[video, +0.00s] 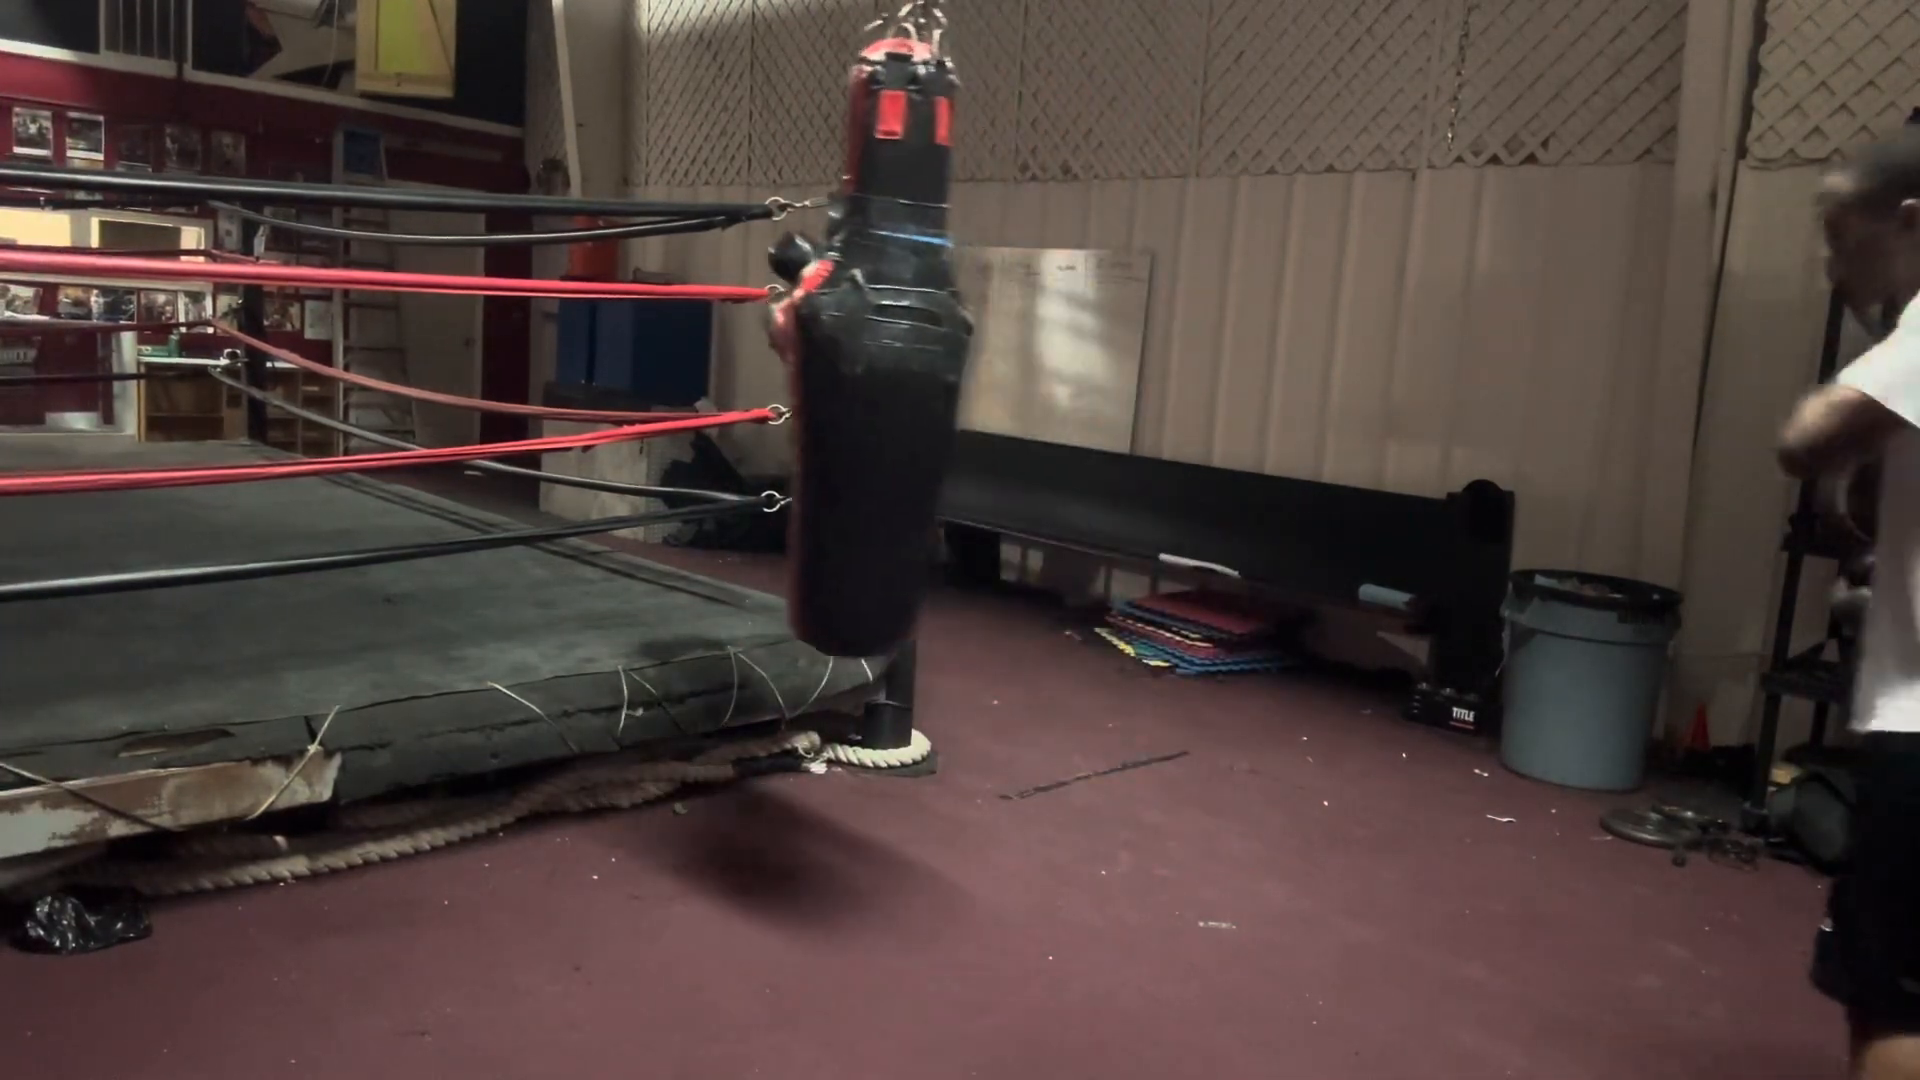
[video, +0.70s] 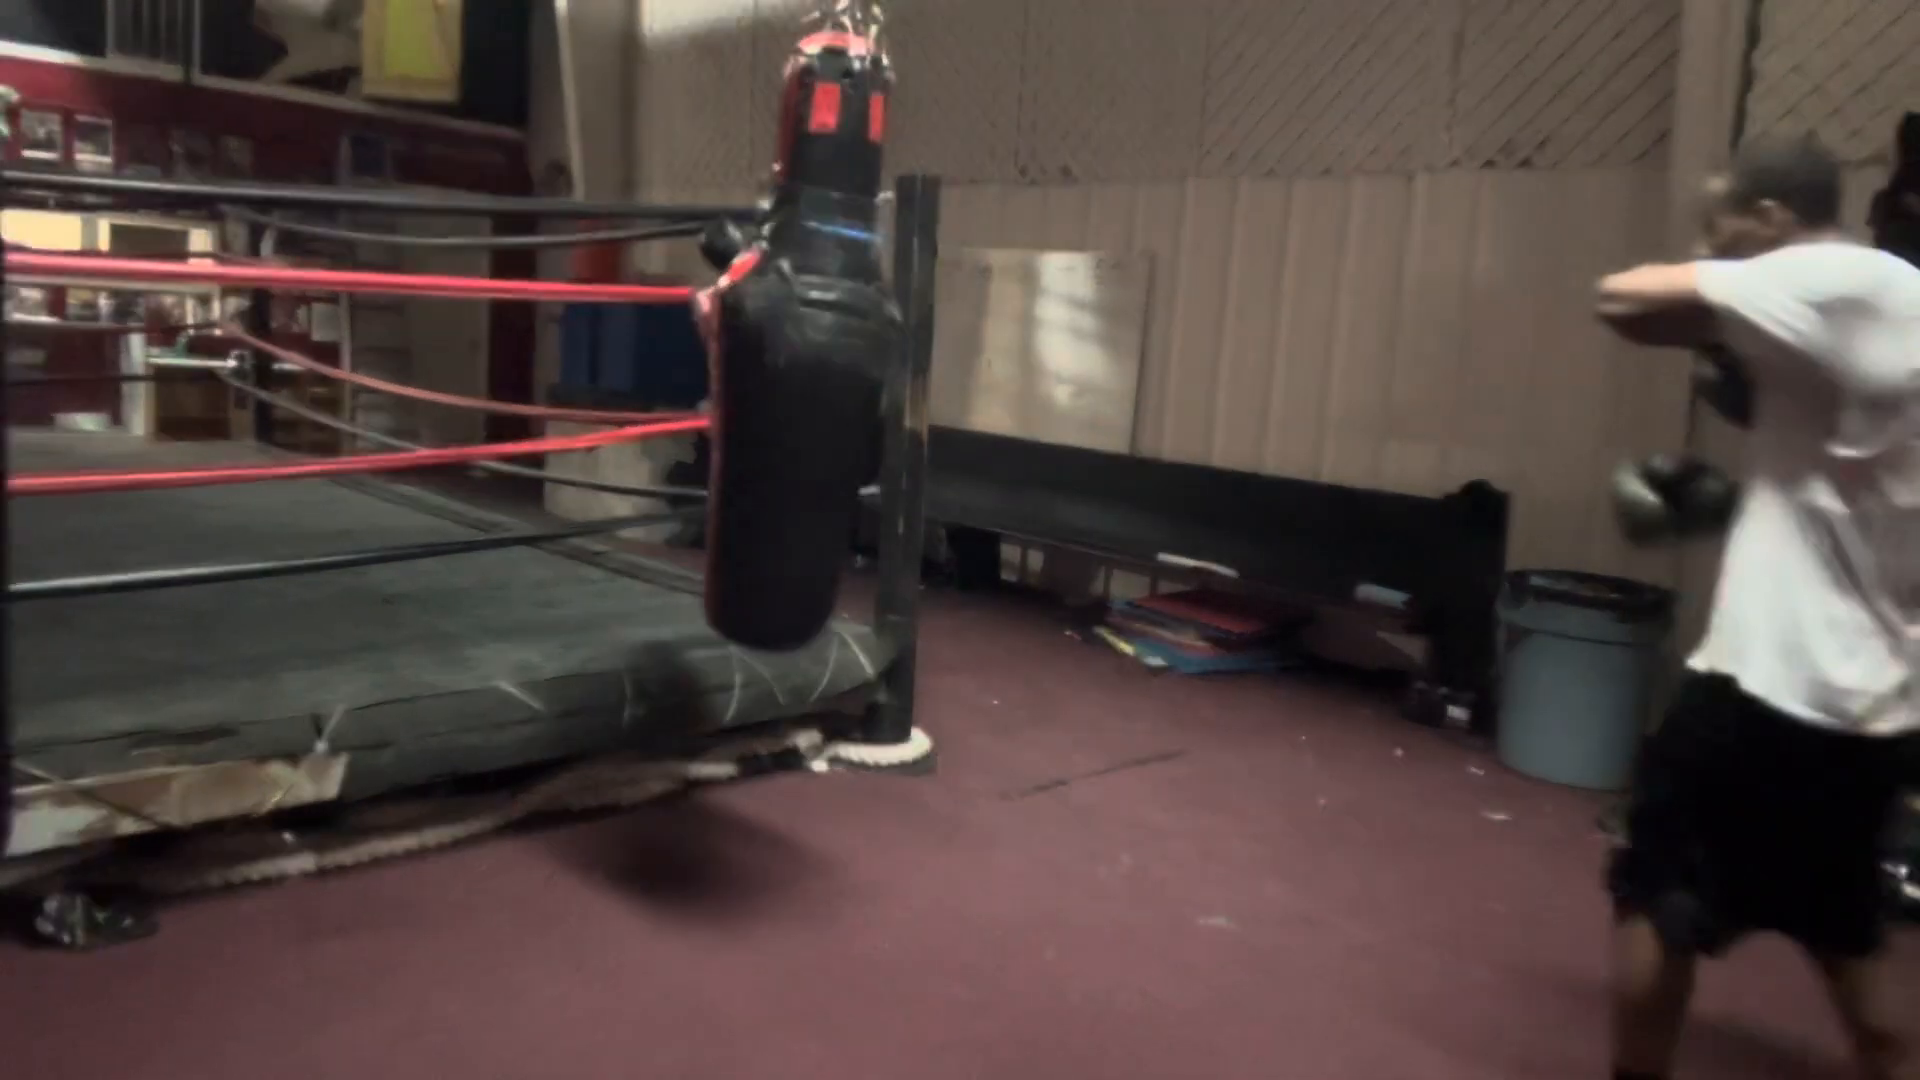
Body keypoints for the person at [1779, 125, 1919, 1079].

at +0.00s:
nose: (1831, 263)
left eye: (1840, 236)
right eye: (1828, 241)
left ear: (1903, 221)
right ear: (1894, 228)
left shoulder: (1918, 325)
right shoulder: (1903, 329)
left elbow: (1808, 438)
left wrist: (1826, 461)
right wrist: (1857, 529)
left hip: (1907, 720)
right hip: (1897, 716)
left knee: (1885, 996)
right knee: (1875, 982)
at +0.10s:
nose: (1831, 234)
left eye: (1847, 208)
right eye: (1832, 209)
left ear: (1910, 213)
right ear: (1902, 218)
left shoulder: (1914, 315)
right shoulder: (1900, 317)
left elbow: (1768, 395)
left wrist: (1845, 363)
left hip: (1899, 707)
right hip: (1886, 703)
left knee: (1878, 994)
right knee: (1863, 978)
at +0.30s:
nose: (1828, 244)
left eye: (1840, 219)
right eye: (1827, 221)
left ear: (1902, 214)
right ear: (1905, 219)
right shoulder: (1908, 293)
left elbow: (1741, 328)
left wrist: (1839, 306)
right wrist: (1847, 319)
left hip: (1900, 680)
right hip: (1891, 676)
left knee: (1775, 934)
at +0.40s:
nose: (1819, 244)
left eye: (1830, 220)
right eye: (1818, 222)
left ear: (1892, 214)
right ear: (1898, 219)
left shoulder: (1919, 282)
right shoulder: (1905, 290)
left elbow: (1736, 319)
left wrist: (1815, 311)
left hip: (1897, 678)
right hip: (1890, 673)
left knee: (1735, 900)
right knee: (1912, 933)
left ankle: (1795, 1064)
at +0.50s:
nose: (1803, 249)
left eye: (1815, 228)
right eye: (1803, 231)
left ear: (1872, 213)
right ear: (1883, 215)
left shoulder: (1909, 274)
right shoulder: (1898, 283)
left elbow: (1715, 310)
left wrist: (1817, 281)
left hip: (1885, 678)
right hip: (1882, 674)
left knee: (1710, 899)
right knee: (1910, 941)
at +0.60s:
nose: (1775, 251)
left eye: (1783, 230)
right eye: (1772, 233)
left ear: (1843, 218)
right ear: (1859, 221)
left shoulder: (1905, 271)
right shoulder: (1894, 284)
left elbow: (1685, 299)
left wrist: (1807, 303)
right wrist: (1798, 536)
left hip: (1865, 690)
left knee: (1699, 919)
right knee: (1916, 960)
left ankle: (1676, 1065)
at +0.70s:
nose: (1713, 252)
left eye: (1723, 233)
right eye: (1712, 235)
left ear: (1773, 220)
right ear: (1807, 221)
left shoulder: (1847, 279)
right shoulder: (1896, 295)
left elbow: (1622, 297)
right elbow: (1857, 477)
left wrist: (1728, 310)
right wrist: (1729, 504)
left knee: (1655, 894)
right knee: (1845, 920)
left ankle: (1637, 1065)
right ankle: (1887, 1060)